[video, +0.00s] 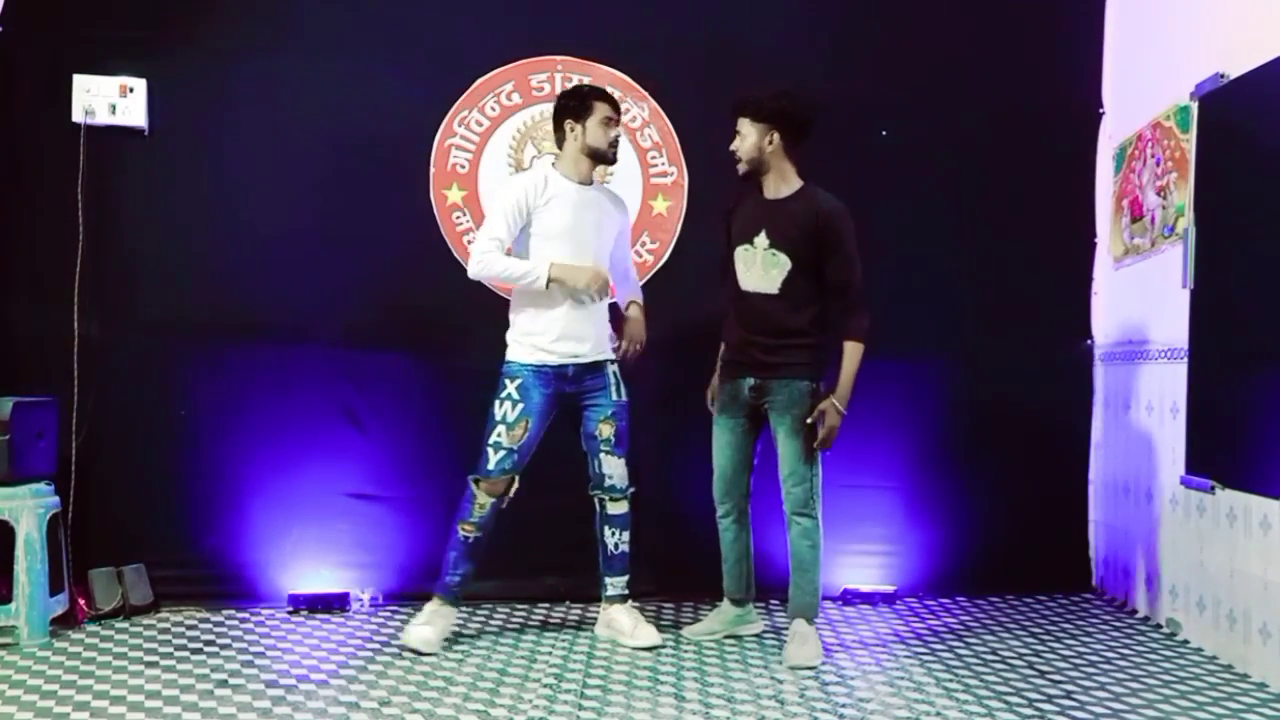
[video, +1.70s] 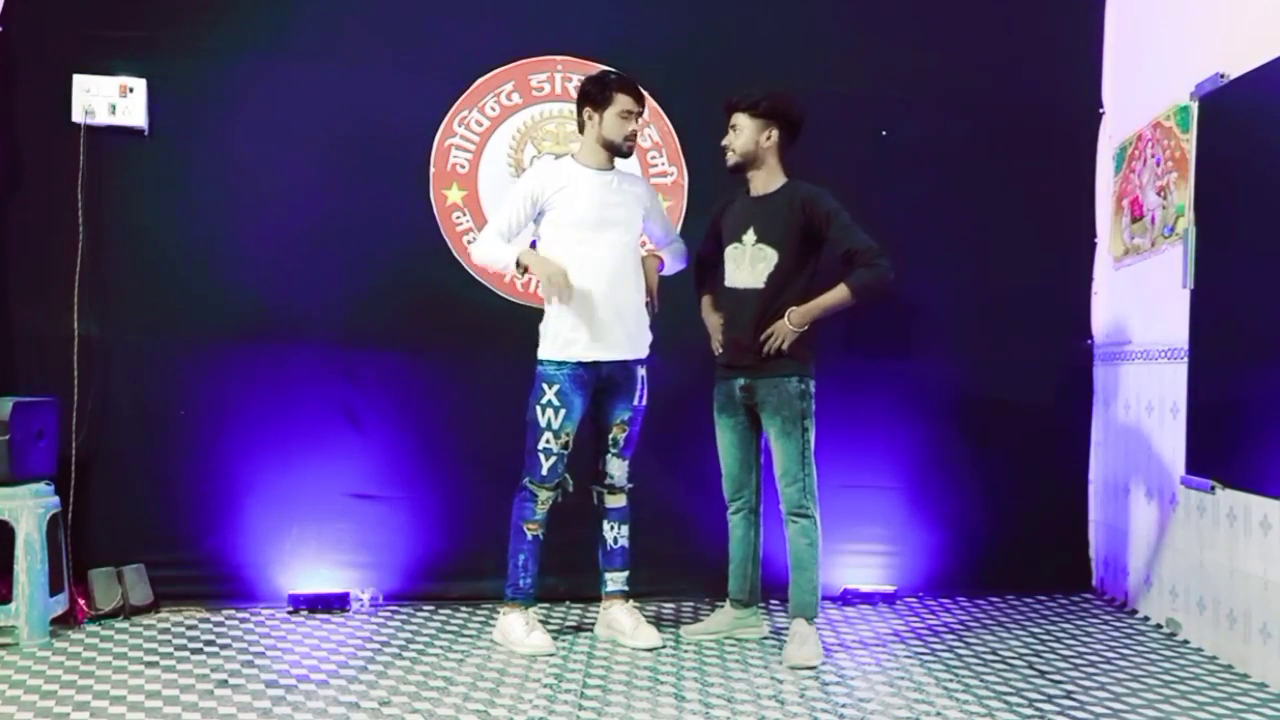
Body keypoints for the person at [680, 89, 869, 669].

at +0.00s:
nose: (734, 144)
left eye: (742, 133)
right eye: (735, 133)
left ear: (774, 139)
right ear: (764, 141)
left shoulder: (823, 213)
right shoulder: (741, 209)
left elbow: (855, 311)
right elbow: (737, 300)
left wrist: (840, 398)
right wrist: (720, 368)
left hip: (795, 379)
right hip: (735, 376)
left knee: (799, 505)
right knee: (728, 498)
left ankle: (802, 623)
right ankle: (737, 607)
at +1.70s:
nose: (725, 138)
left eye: (735, 129)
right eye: (727, 130)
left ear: (770, 137)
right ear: (752, 140)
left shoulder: (808, 202)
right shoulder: (728, 209)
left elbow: (873, 268)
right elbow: (702, 270)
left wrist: (804, 313)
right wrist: (712, 316)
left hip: (784, 372)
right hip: (730, 372)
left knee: (797, 503)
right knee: (738, 498)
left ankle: (802, 623)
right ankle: (742, 609)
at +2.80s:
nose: (697, 150)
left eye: (709, 139)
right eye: (693, 140)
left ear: (742, 145)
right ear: (696, 146)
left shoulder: (766, 199)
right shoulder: (713, 208)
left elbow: (713, 236)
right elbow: (672, 239)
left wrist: (645, 187)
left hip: (764, 371)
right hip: (727, 371)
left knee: (762, 499)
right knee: (730, 498)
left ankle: (759, 634)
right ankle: (738, 609)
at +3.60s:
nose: (684, 140)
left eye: (690, 128)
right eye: (684, 129)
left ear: (718, 130)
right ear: (718, 131)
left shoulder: (762, 193)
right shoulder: (726, 198)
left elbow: (805, 278)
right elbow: (730, 280)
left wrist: (740, 331)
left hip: (746, 375)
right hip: (719, 374)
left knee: (755, 505)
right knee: (733, 503)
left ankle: (760, 639)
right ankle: (739, 618)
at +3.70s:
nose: (685, 138)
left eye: (692, 126)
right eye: (686, 127)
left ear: (723, 129)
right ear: (719, 131)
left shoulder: (762, 191)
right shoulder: (726, 199)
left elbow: (805, 274)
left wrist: (738, 328)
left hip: (742, 371)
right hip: (717, 369)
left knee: (749, 503)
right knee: (729, 501)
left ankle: (760, 639)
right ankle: (739, 617)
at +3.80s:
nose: (690, 136)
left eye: (699, 126)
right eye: (689, 126)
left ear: (735, 130)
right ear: (718, 134)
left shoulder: (762, 187)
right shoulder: (726, 196)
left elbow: (799, 255)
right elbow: (736, 270)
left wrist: (723, 293)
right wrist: (702, 295)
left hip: (737, 369)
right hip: (713, 368)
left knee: (735, 498)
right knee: (718, 496)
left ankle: (758, 639)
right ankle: (737, 615)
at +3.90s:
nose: (705, 137)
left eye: (717, 126)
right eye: (702, 127)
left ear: (749, 129)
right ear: (705, 132)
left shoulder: (762, 177)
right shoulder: (727, 192)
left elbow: (788, 212)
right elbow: (708, 268)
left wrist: (713, 238)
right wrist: (666, 260)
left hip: (731, 363)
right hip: (707, 363)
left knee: (730, 497)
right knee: (716, 496)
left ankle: (755, 636)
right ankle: (735, 613)